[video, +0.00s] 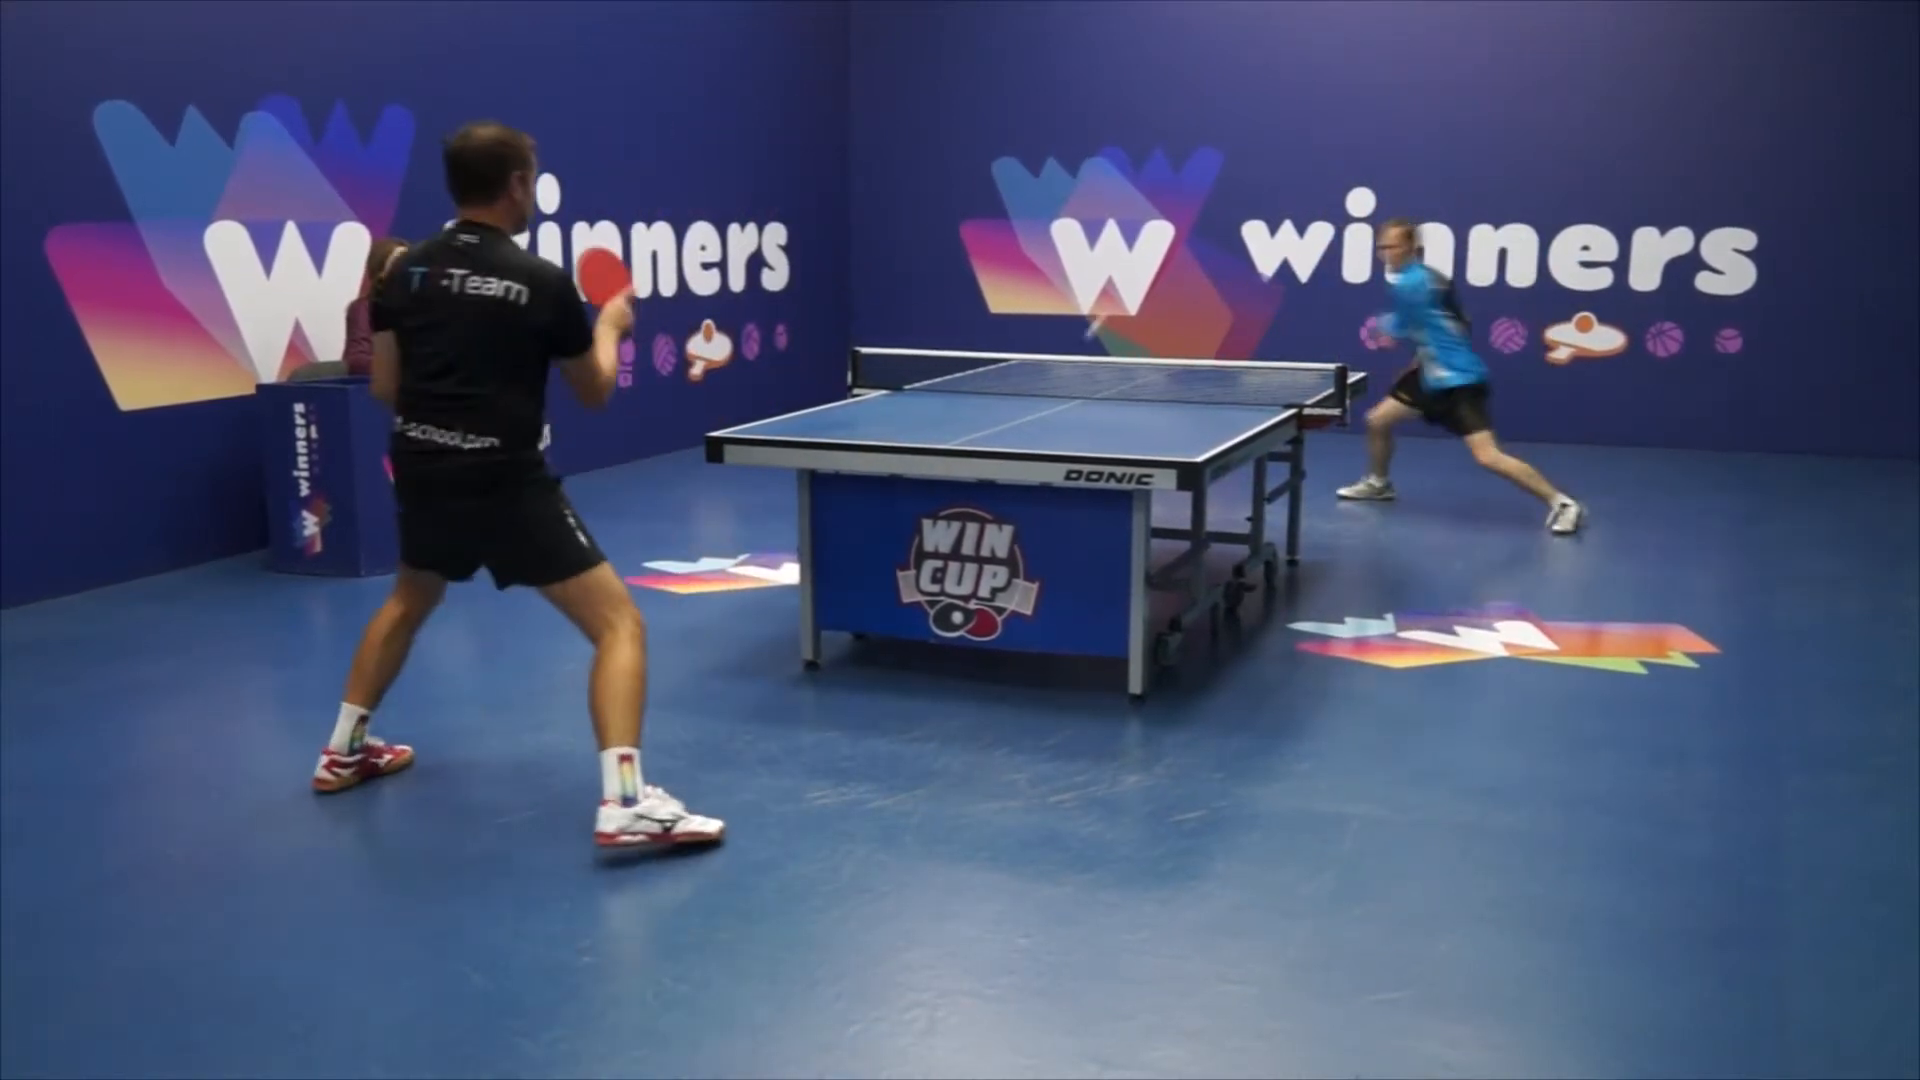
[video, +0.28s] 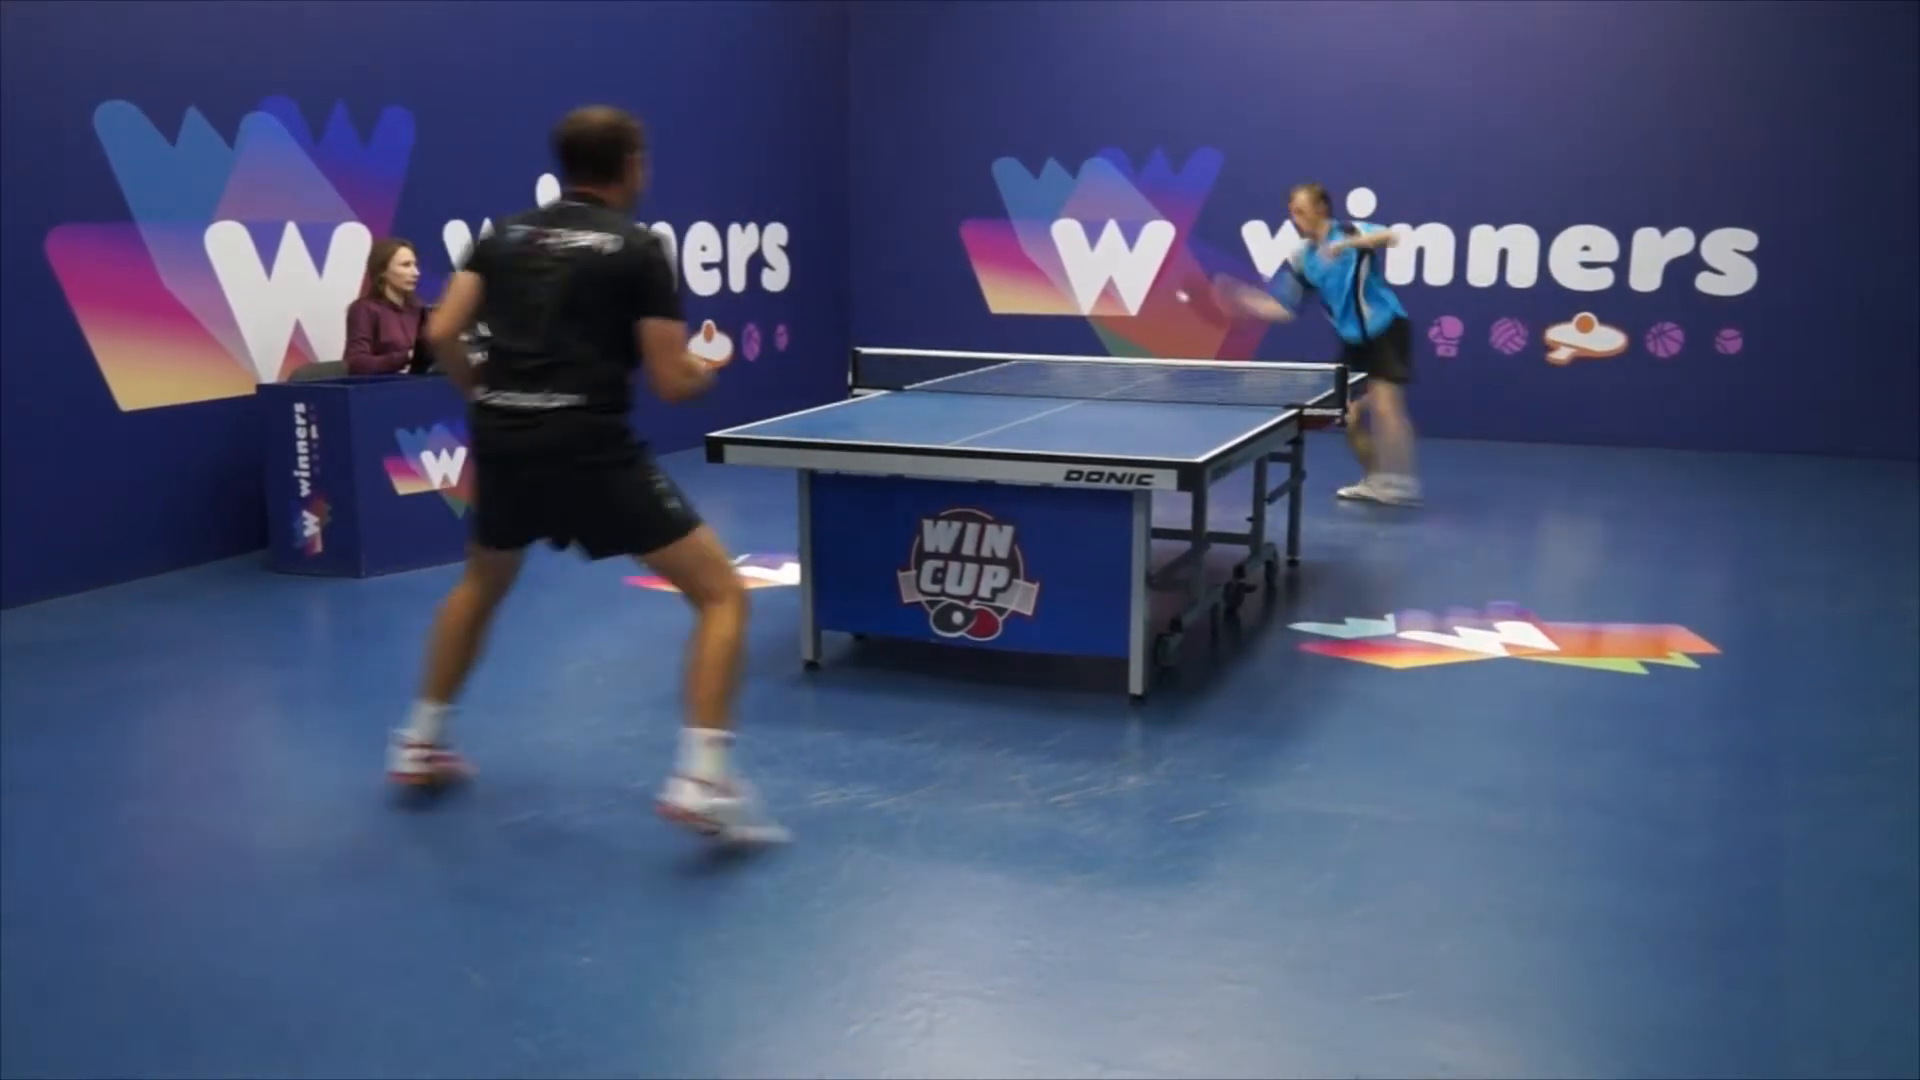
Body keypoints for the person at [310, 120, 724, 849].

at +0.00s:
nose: (536, 190)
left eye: (532, 179)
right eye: (533, 180)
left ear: (456, 188)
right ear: (516, 188)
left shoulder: (405, 270)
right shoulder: (543, 284)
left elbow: (387, 388)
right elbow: (593, 390)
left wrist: (453, 381)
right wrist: (609, 326)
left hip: (422, 478)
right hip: (508, 482)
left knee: (409, 600)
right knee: (618, 625)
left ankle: (344, 744)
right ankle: (624, 797)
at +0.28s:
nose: (645, 174)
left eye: (642, 162)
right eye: (641, 164)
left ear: (564, 171)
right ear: (627, 171)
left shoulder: (504, 235)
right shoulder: (639, 248)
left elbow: (439, 332)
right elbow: (672, 381)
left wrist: (476, 389)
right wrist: (707, 363)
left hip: (504, 452)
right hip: (594, 453)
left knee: (481, 581)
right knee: (720, 594)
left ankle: (419, 739)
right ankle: (703, 774)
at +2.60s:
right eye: (788, 105)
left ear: (714, 122)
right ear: (789, 114)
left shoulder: (693, 206)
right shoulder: (842, 202)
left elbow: (657, 323)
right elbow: (884, 316)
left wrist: (644, 379)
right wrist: (909, 424)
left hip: (743, 418)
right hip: (827, 414)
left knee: (759, 591)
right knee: (807, 551)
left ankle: (780, 775)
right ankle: (815, 705)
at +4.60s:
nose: (670, 162)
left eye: (667, 150)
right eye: (667, 152)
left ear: (603, 157)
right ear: (649, 157)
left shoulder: (565, 214)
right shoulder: (637, 238)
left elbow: (517, 308)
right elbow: (632, 353)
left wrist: (582, 340)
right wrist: (701, 350)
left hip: (537, 393)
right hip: (586, 403)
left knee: (567, 527)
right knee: (623, 566)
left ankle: (550, 655)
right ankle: (586, 740)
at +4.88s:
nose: (686, 169)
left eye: (684, 157)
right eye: (683, 158)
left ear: (616, 164)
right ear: (665, 163)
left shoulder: (564, 224)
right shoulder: (658, 237)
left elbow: (517, 310)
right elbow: (658, 350)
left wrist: (559, 349)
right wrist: (719, 359)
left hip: (551, 402)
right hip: (609, 412)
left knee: (581, 521)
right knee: (636, 573)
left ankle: (573, 638)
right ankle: (587, 739)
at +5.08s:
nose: (699, 186)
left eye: (697, 174)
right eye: (696, 175)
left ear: (633, 177)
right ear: (674, 178)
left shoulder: (587, 229)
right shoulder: (667, 250)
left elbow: (527, 316)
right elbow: (664, 356)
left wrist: (574, 354)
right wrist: (726, 360)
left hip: (557, 401)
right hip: (614, 411)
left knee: (601, 519)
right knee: (643, 567)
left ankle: (585, 640)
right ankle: (598, 720)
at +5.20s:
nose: (711, 188)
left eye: (710, 175)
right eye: (708, 176)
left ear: (649, 175)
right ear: (683, 177)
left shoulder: (595, 221)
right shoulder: (665, 243)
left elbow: (541, 305)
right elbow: (664, 347)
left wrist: (600, 343)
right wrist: (735, 359)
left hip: (561, 388)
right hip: (614, 396)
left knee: (618, 509)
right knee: (683, 541)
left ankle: (585, 641)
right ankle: (637, 679)